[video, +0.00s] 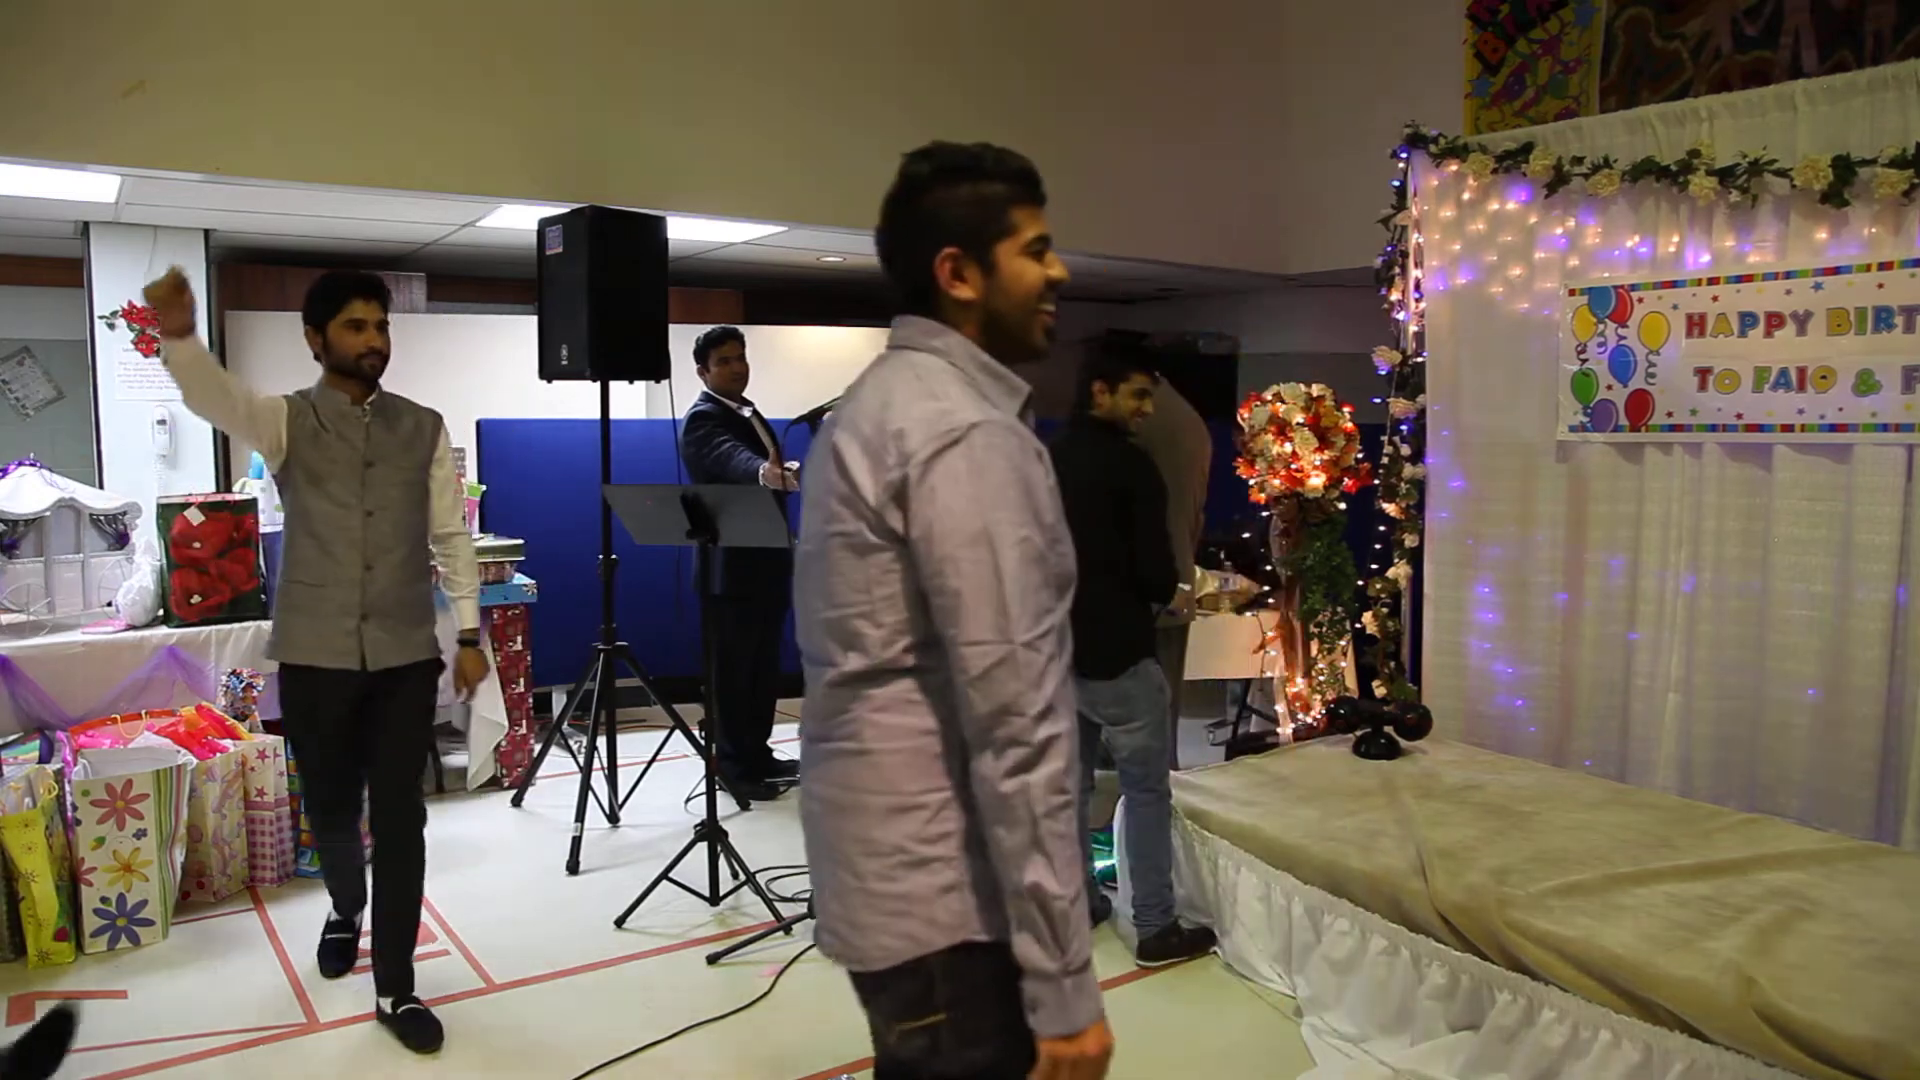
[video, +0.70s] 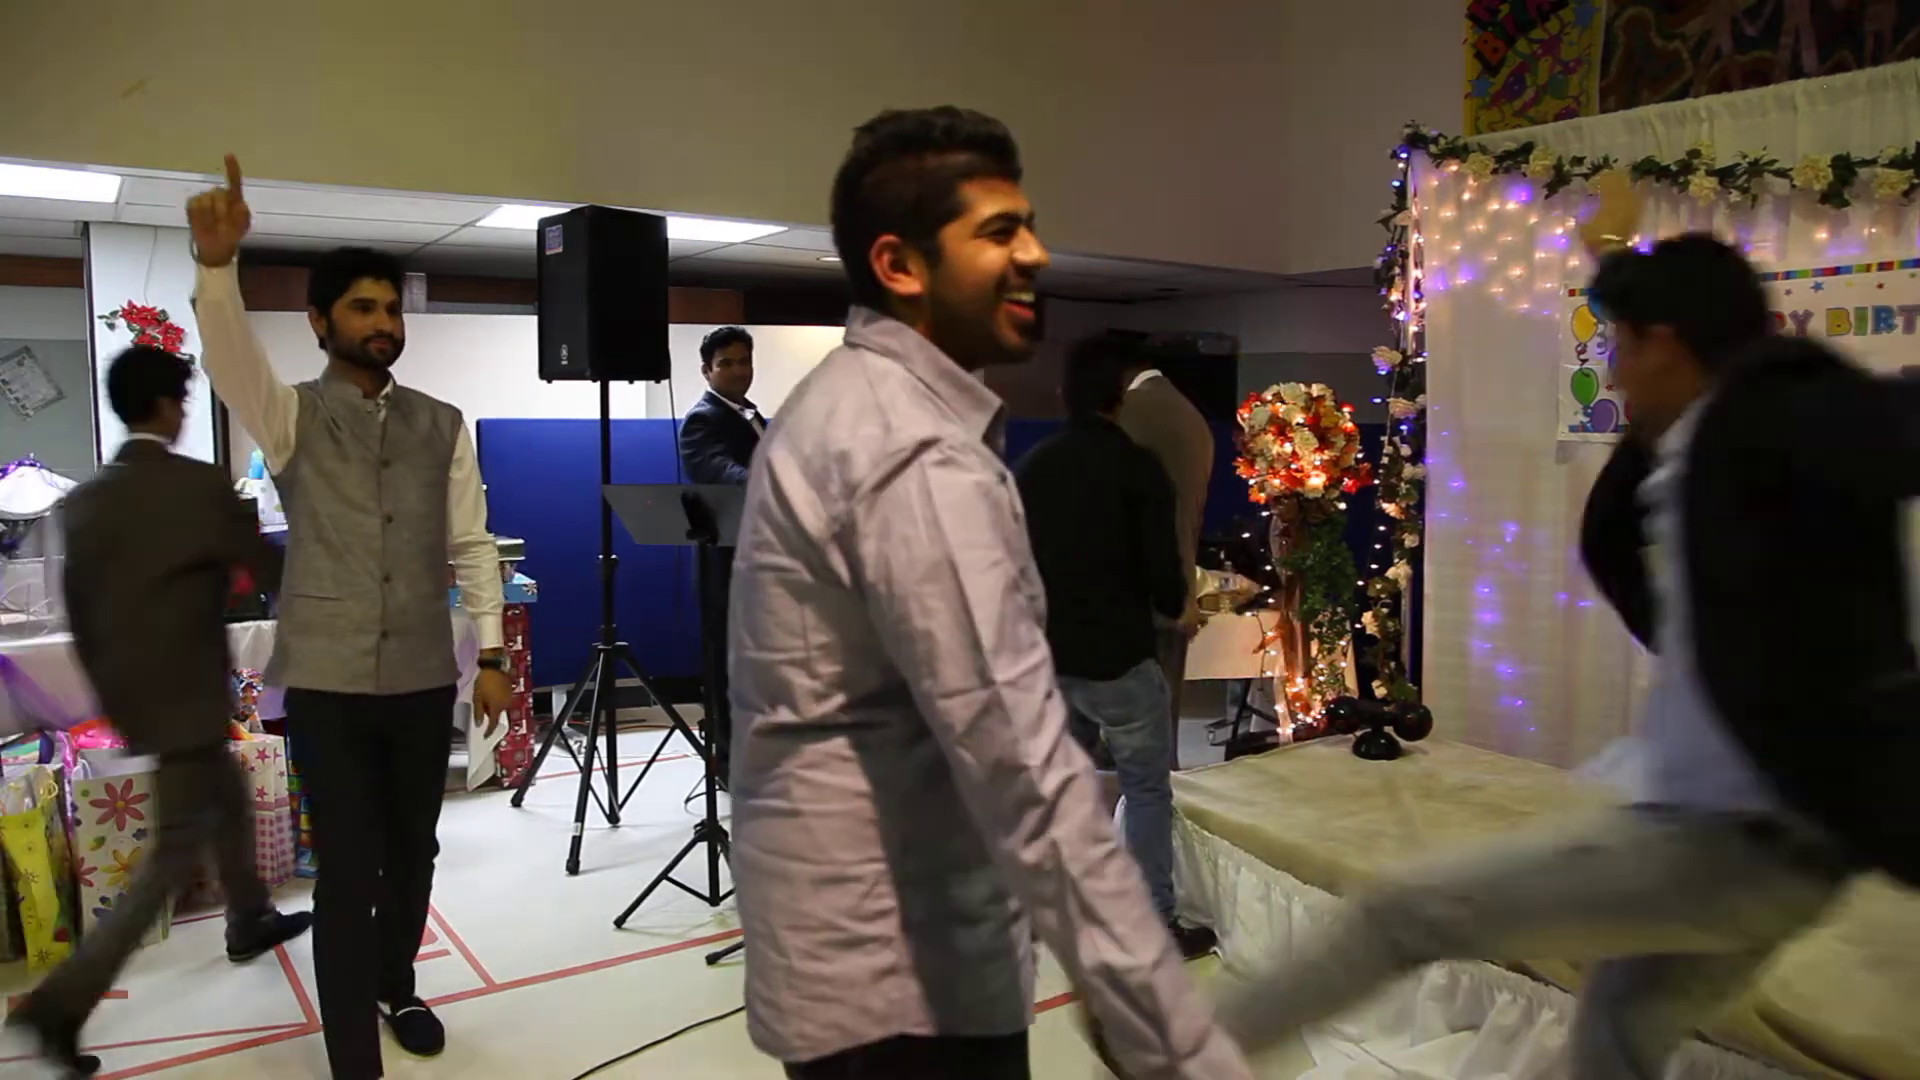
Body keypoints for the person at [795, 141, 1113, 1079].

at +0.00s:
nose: (1059, 273)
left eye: (1051, 249)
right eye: (1036, 250)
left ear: (957, 276)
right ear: (957, 274)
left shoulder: (873, 408)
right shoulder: (964, 430)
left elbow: (876, 681)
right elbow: (1017, 731)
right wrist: (1064, 989)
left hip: (888, 895)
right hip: (949, 908)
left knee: (928, 1061)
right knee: (974, 1063)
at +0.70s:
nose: (1039, 255)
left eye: (1031, 229)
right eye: (1001, 230)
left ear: (902, 270)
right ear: (900, 266)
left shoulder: (844, 404)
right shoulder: (912, 442)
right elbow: (1032, 774)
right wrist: (1187, 1052)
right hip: (898, 959)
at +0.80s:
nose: (1041, 257)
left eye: (1032, 229)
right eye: (1003, 231)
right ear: (899, 264)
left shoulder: (850, 396)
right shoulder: (911, 436)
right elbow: (1042, 747)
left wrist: (1001, 934)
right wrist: (1241, 1036)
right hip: (896, 944)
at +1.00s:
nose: (1058, 263)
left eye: (1052, 237)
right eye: (1026, 238)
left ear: (927, 275)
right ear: (923, 267)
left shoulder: (873, 403)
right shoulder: (921, 437)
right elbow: (1084, 717)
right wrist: (1374, 1004)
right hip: (910, 937)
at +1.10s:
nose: (1070, 276)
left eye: (1061, 248)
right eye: (1046, 249)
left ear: (958, 271)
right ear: (958, 271)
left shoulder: (864, 422)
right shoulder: (933, 455)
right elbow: (1122, 715)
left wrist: (1196, 680)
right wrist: (1445, 936)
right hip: (919, 954)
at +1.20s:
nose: (1070, 270)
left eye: (1060, 240)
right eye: (1055, 241)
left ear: (966, 259)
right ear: (990, 258)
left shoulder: (890, 399)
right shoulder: (950, 427)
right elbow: (1154, 653)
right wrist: (1508, 834)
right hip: (944, 947)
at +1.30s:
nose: (1070, 265)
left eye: (1063, 238)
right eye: (1058, 238)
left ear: (927, 256)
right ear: (1008, 249)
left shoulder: (895, 381)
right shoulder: (964, 407)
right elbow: (1190, 585)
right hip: (962, 913)